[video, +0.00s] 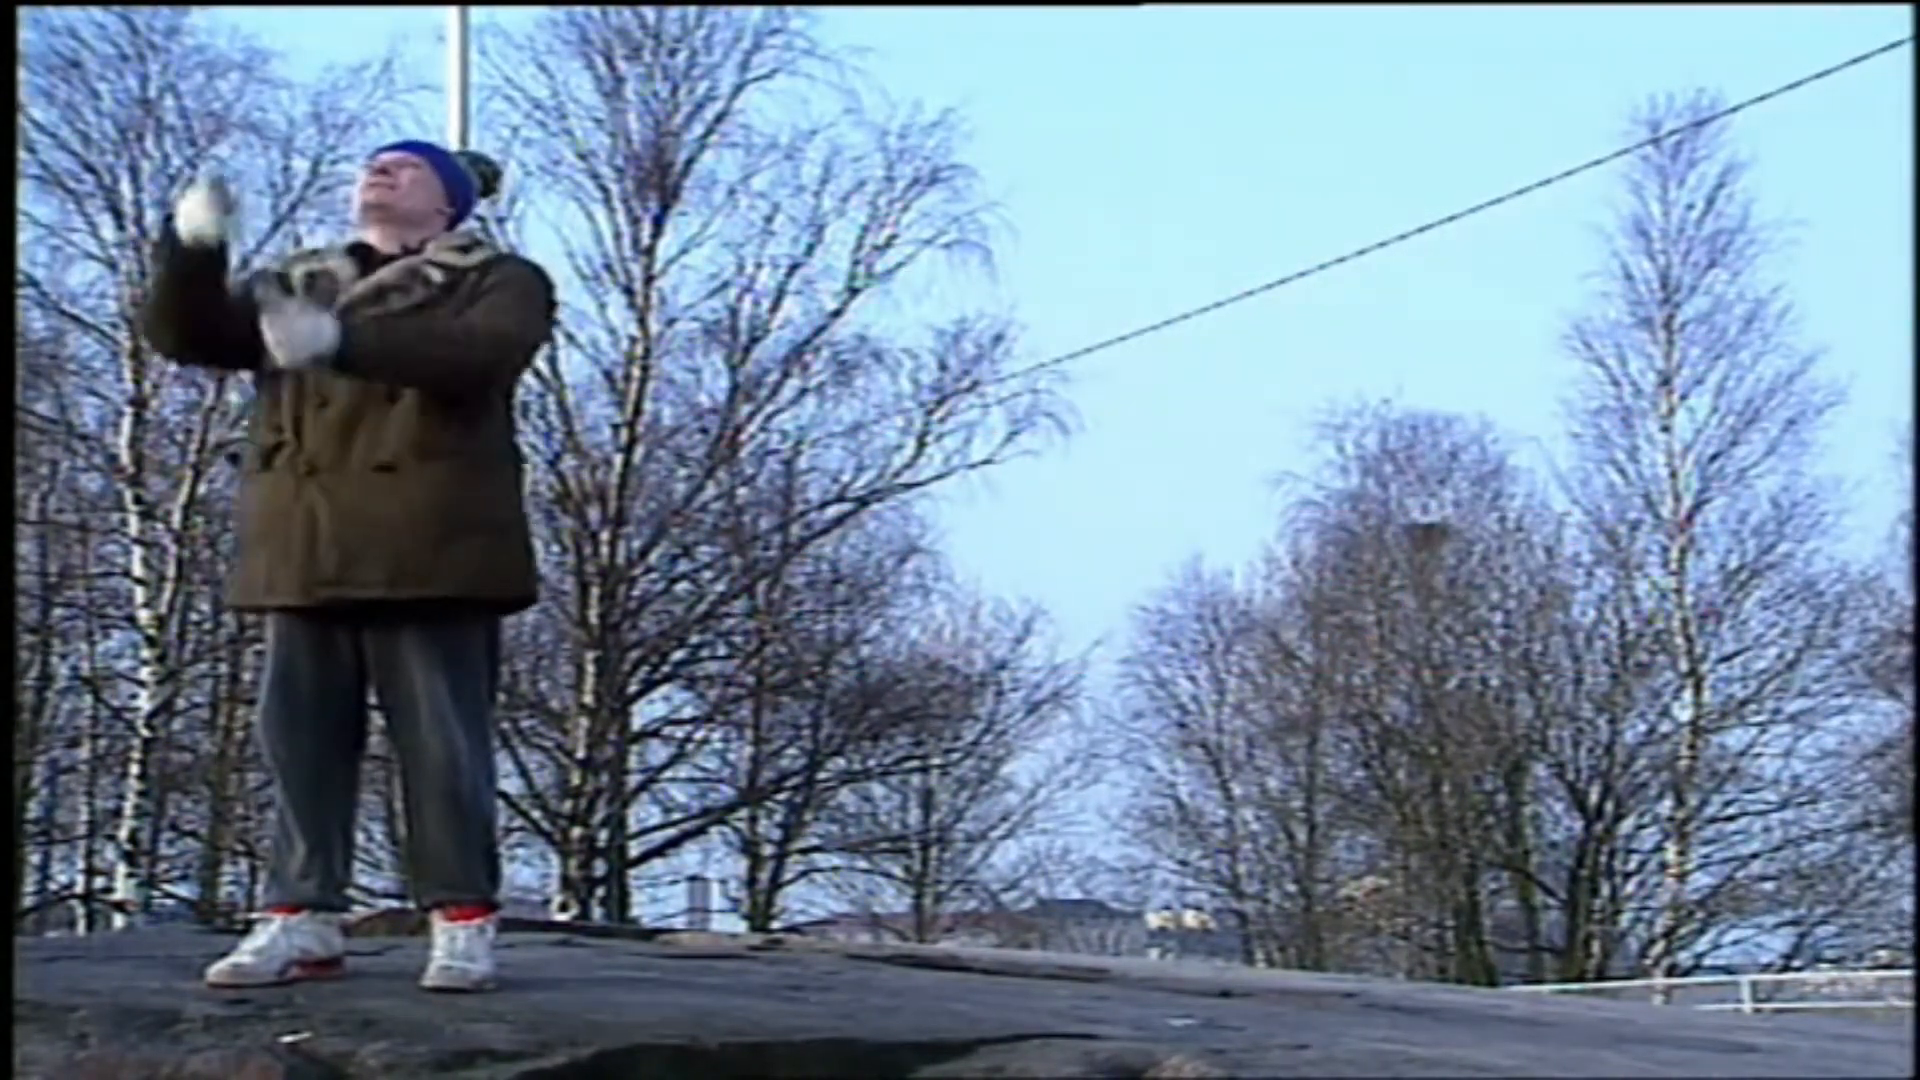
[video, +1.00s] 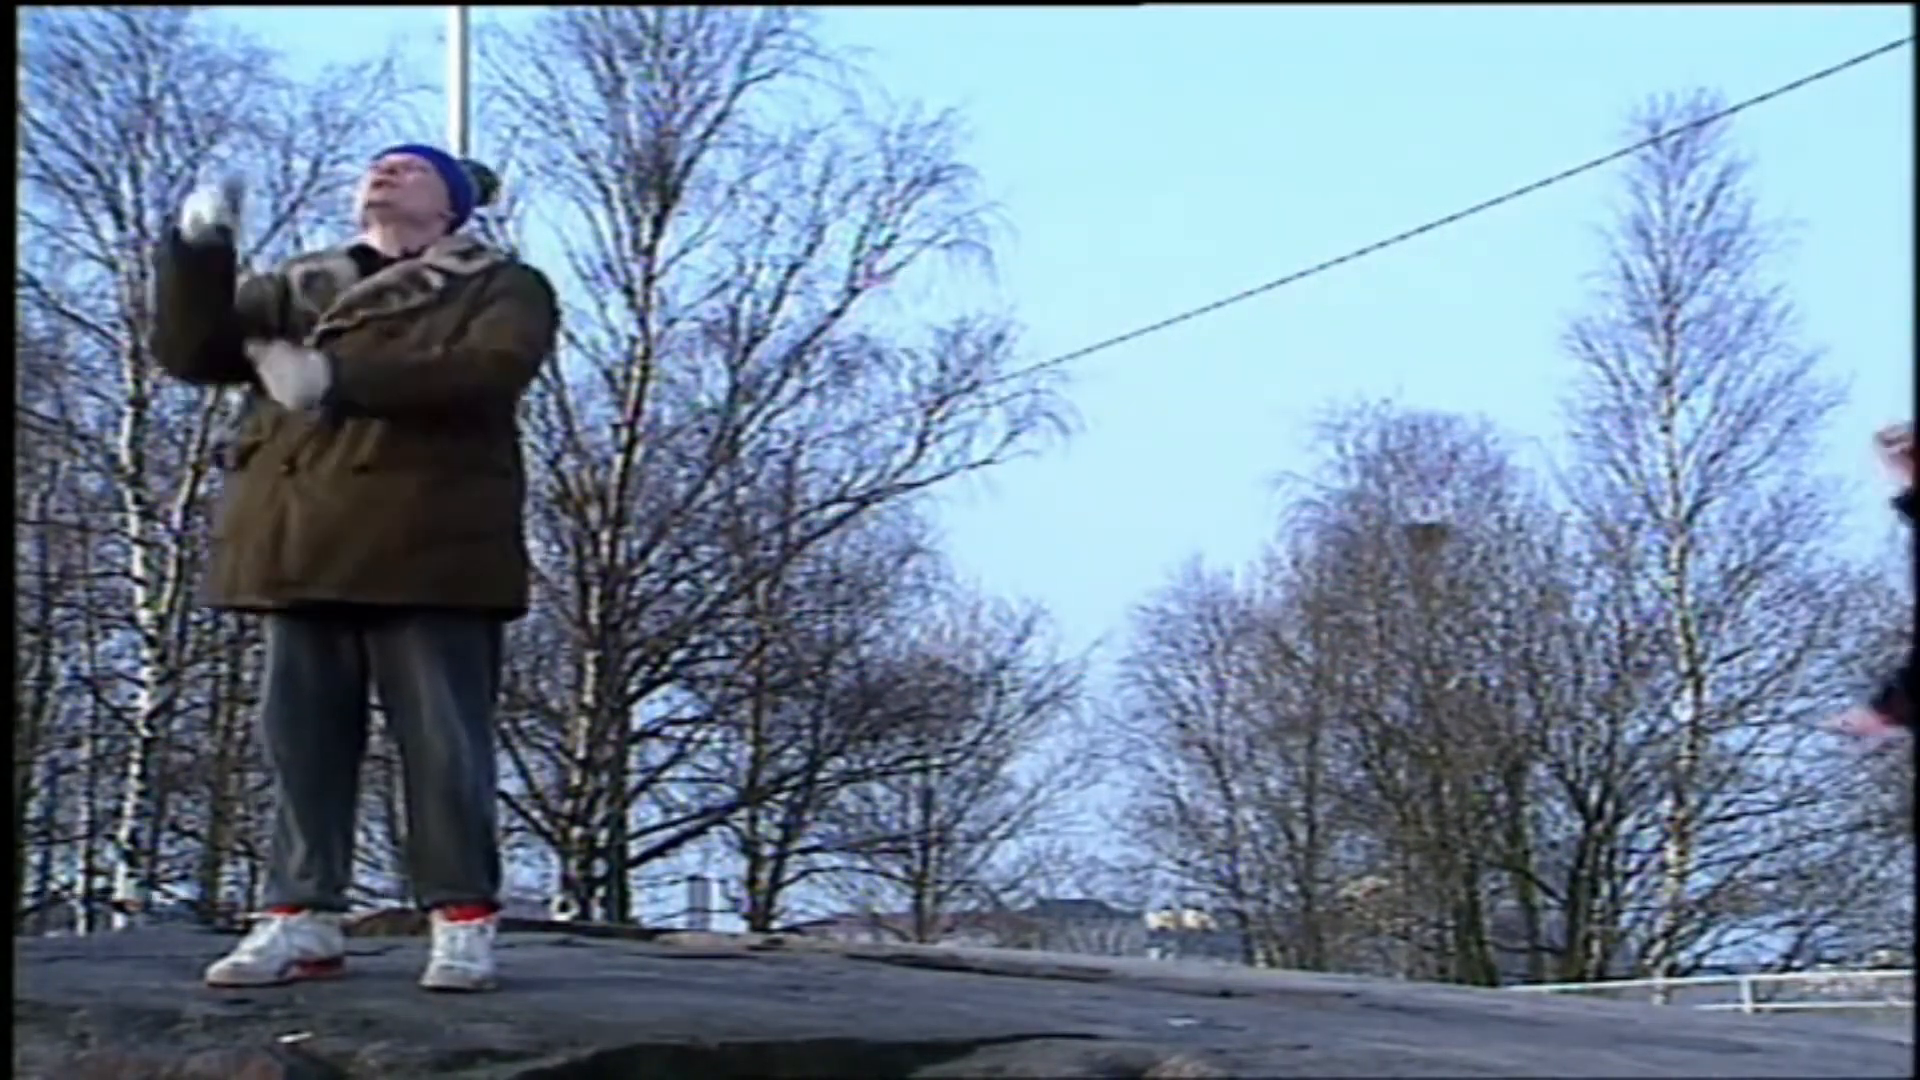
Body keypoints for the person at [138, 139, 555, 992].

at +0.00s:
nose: (376, 174)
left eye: (401, 167)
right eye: (370, 169)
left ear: (450, 204)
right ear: (354, 200)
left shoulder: (503, 279)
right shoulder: (305, 280)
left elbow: (472, 353)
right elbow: (186, 332)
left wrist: (342, 340)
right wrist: (192, 252)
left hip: (435, 559)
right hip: (306, 561)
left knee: (442, 741)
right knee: (299, 738)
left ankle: (463, 919)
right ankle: (305, 918)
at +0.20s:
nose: (376, 176)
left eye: (401, 169)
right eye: (370, 170)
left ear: (452, 200)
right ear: (357, 200)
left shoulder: (505, 285)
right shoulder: (307, 280)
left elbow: (481, 384)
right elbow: (175, 297)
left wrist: (345, 376)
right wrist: (204, 187)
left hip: (433, 560)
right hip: (306, 557)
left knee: (442, 742)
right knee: (299, 737)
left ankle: (463, 919)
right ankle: (305, 918)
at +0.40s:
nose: (375, 177)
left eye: (401, 168)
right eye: (369, 171)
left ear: (452, 204)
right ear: (356, 202)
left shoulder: (502, 282)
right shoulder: (314, 281)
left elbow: (482, 348)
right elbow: (263, 386)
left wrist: (340, 301)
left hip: (429, 550)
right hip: (305, 549)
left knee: (440, 740)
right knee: (299, 737)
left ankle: (461, 918)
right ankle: (306, 918)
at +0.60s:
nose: (380, 181)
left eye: (405, 171)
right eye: (371, 173)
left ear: (455, 206)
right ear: (353, 194)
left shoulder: (492, 275)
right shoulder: (290, 285)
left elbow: (505, 297)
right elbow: (233, 381)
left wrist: (365, 225)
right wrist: (245, 409)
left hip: (432, 546)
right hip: (304, 551)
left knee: (441, 738)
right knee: (299, 736)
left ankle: (461, 919)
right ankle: (305, 918)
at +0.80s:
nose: (382, 178)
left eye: (407, 171)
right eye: (376, 172)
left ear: (453, 207)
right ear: (359, 201)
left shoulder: (503, 279)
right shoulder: (307, 279)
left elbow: (479, 347)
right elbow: (186, 334)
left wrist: (341, 319)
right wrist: (177, 246)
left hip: (437, 555)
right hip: (306, 556)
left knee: (443, 739)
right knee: (299, 735)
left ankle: (462, 919)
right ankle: (306, 918)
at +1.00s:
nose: (380, 175)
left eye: (405, 168)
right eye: (373, 170)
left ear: (453, 208)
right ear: (356, 204)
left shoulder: (504, 283)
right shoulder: (309, 282)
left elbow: (489, 370)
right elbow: (192, 352)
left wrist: (337, 373)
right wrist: (198, 255)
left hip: (435, 551)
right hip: (305, 549)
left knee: (444, 739)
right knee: (301, 736)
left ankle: (462, 919)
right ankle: (306, 918)